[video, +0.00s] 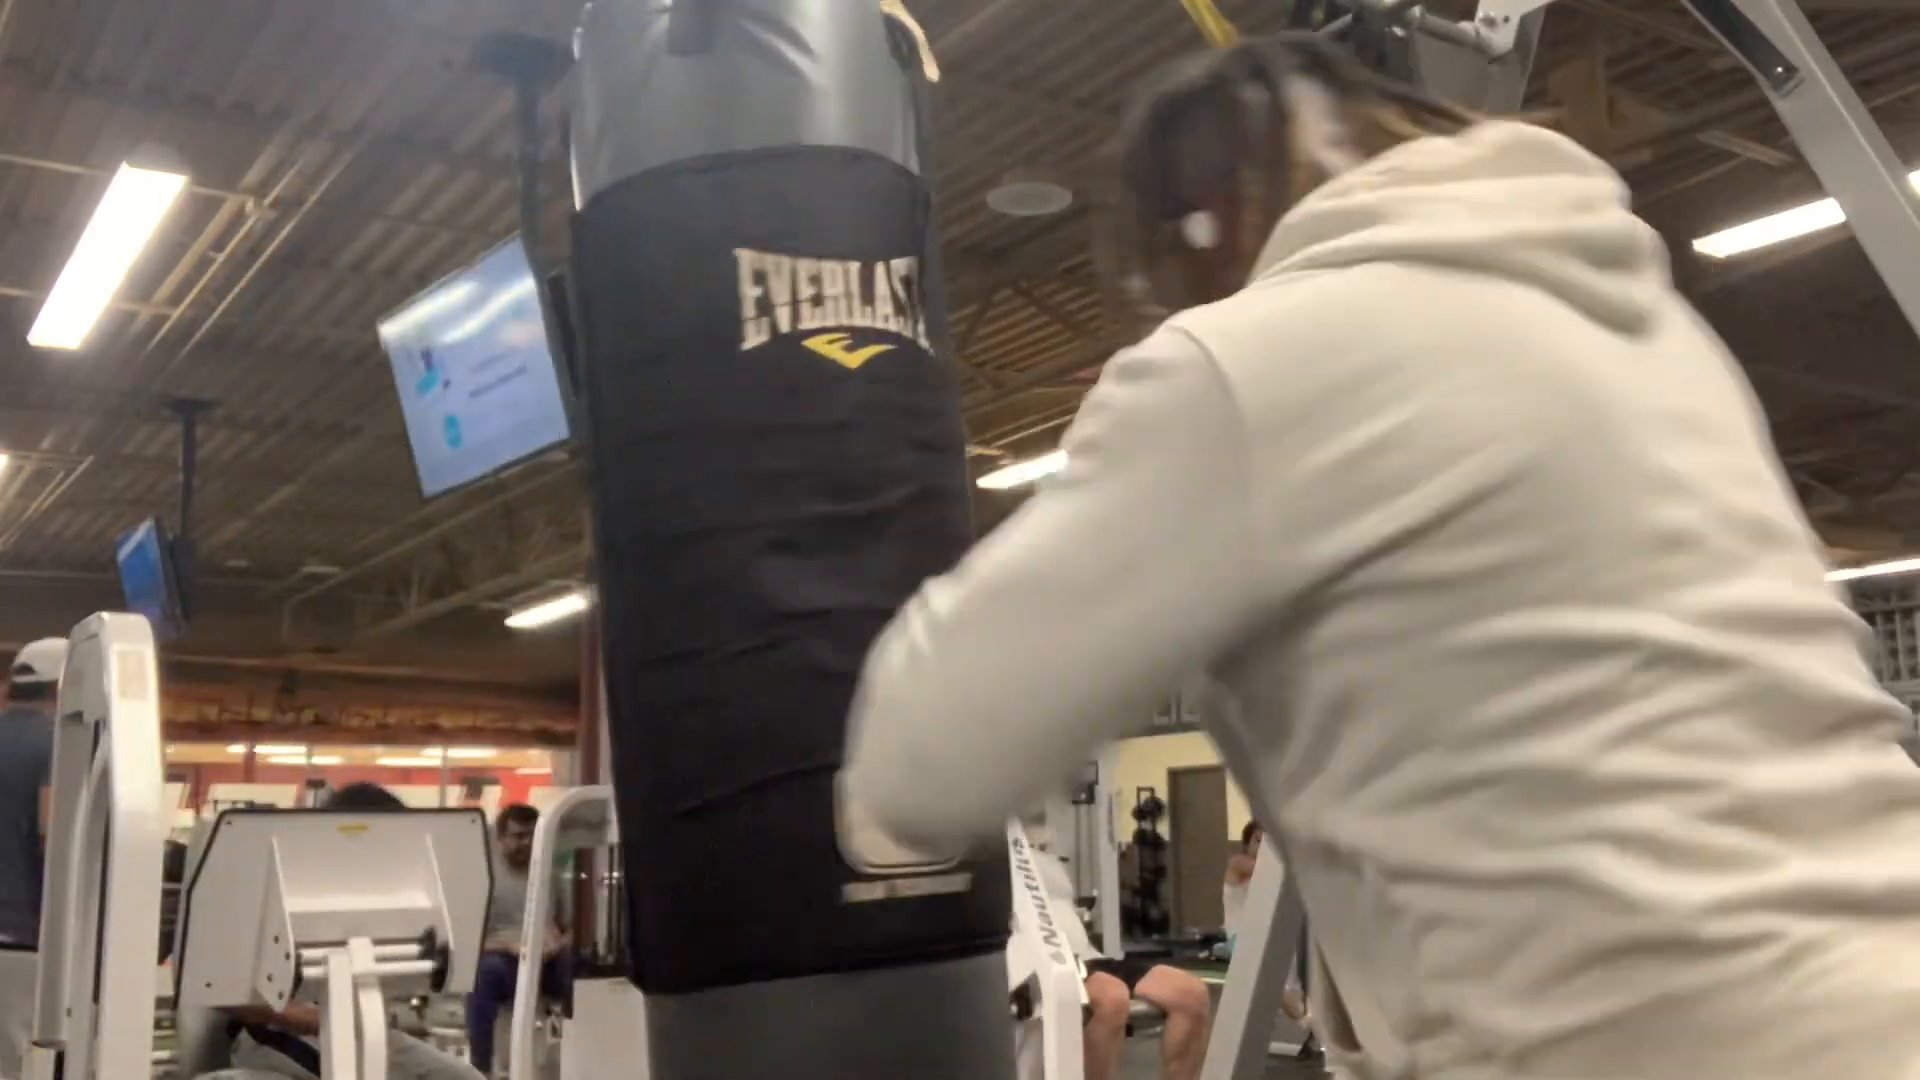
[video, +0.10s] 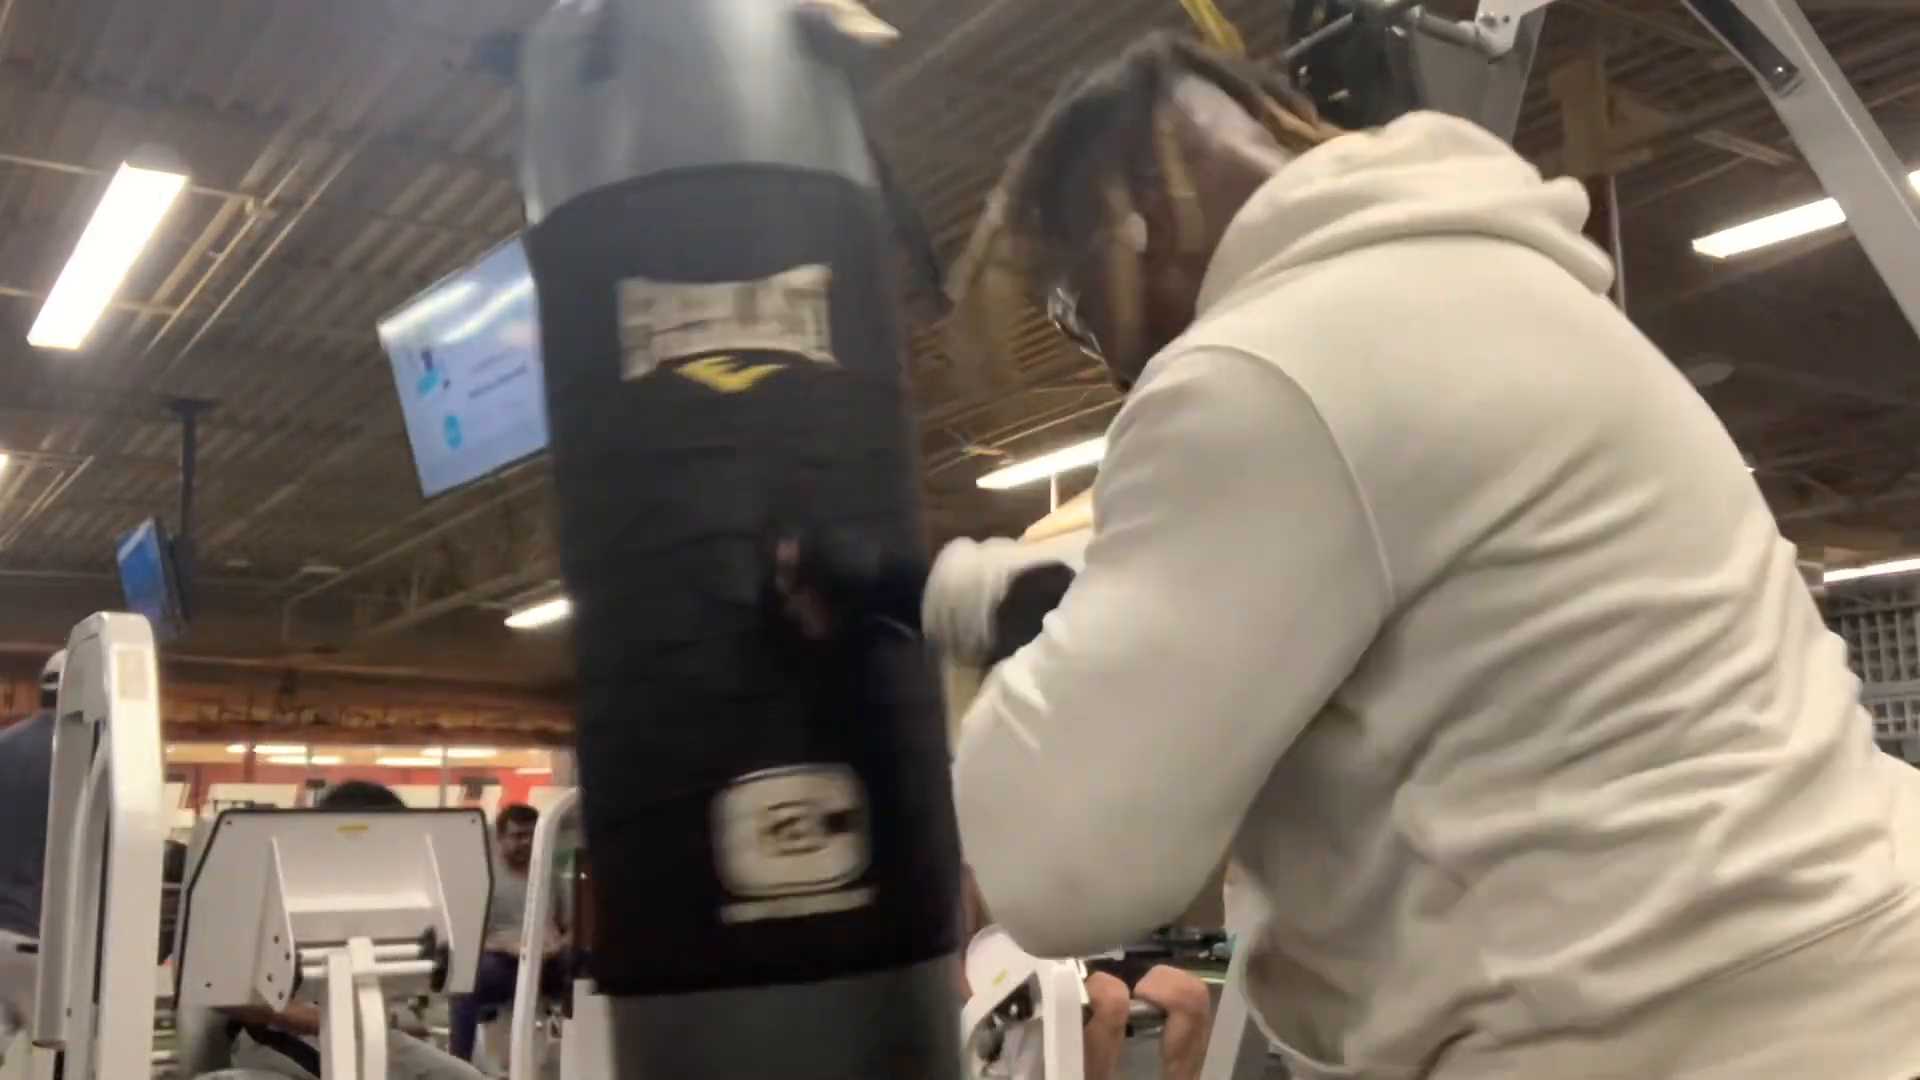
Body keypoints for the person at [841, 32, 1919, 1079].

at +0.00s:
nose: (1162, 317)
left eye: (1161, 276)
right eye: (1150, 287)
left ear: (1217, 218)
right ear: (1401, 156)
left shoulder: (1249, 369)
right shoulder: (1659, 329)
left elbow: (913, 772)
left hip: (1633, 1032)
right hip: (1895, 995)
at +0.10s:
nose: (1084, 340)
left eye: (1072, 292)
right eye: (1063, 308)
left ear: (1138, 218)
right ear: (1275, 152)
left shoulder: (1268, 376)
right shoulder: (1491, 276)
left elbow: (1058, 873)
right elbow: (1166, 575)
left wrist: (1046, 654)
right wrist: (904, 589)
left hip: (1622, 1034)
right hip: (1858, 974)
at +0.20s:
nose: (1100, 275)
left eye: (1082, 209)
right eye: (1070, 223)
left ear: (1166, 141)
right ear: (1319, 84)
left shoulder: (1276, 320)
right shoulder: (1529, 238)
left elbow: (1090, 824)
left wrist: (1034, 654)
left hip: (1610, 1037)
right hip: (1846, 993)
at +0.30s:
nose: (1157, 167)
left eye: (1158, 117)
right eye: (1141, 131)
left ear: (1255, 68)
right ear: (1401, 56)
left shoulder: (1318, 257)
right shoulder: (1643, 216)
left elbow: (1204, 767)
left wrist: (1108, 647)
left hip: (1604, 1035)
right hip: (1874, 995)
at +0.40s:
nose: (1294, 168)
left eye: (1284, 114)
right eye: (1271, 128)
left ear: (1375, 54)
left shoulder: (1414, 253)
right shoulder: (1789, 240)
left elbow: (1310, 766)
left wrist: (1175, 801)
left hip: (1598, 1039)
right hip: (1883, 1017)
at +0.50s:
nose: (1375, 200)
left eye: (1376, 127)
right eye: (1360, 137)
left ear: (1465, 102)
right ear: (1661, 68)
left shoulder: (1507, 341)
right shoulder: (1869, 296)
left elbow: (1366, 865)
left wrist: (1218, 964)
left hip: (1643, 1049)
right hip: (1883, 1031)